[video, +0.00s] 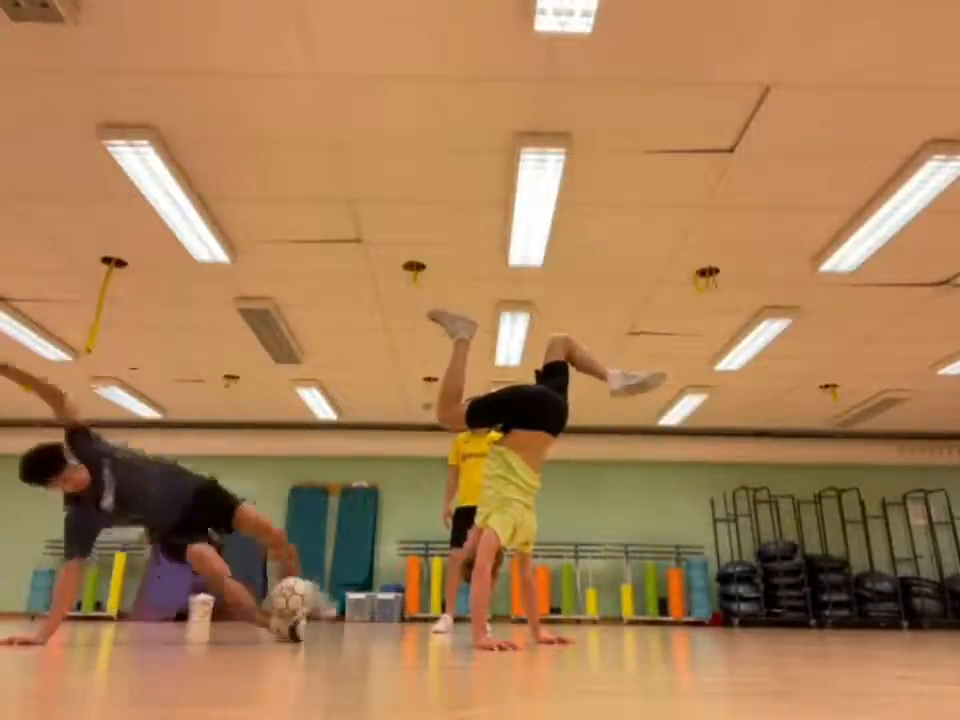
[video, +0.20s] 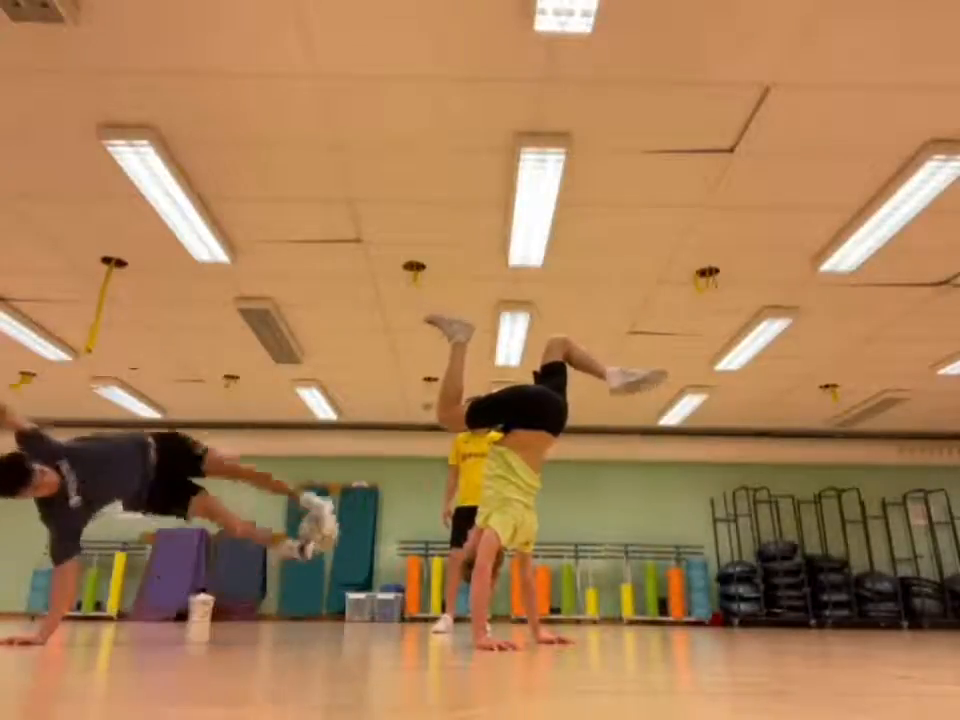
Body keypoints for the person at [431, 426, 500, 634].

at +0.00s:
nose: (476, 420)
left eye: (481, 414)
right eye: (472, 413)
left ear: (491, 415)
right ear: (466, 415)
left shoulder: (499, 438)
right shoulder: (462, 440)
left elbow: (506, 471)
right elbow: (453, 473)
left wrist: (502, 501)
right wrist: (448, 503)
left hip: (491, 504)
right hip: (465, 504)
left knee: (489, 563)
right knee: (456, 557)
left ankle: (483, 617)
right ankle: (448, 613)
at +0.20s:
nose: (475, 419)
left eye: (480, 413)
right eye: (472, 413)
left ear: (491, 415)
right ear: (465, 415)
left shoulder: (499, 439)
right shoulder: (462, 439)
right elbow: (453, 473)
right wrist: (447, 503)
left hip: (491, 504)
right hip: (465, 504)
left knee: (489, 564)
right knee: (456, 557)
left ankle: (483, 618)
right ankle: (448, 613)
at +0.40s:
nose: (473, 418)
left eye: (477, 412)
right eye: (469, 412)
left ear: (489, 414)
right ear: (464, 415)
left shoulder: (498, 439)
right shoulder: (461, 440)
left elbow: (506, 472)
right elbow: (453, 474)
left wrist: (502, 504)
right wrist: (447, 504)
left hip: (492, 506)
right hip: (465, 504)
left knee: (489, 564)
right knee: (456, 557)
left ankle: (485, 617)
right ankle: (449, 613)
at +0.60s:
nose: (471, 417)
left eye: (475, 411)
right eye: (468, 412)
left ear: (487, 413)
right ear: (464, 415)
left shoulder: (498, 438)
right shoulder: (461, 439)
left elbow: (506, 472)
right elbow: (453, 472)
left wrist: (501, 503)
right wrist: (448, 503)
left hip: (492, 504)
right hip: (465, 504)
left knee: (488, 564)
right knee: (456, 557)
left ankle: (484, 617)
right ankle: (448, 613)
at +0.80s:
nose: (469, 418)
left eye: (473, 411)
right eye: (466, 413)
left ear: (485, 413)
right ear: (462, 416)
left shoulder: (498, 440)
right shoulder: (458, 442)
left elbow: (506, 473)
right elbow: (451, 475)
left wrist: (501, 503)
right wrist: (446, 505)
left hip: (491, 504)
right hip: (463, 504)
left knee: (488, 563)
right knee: (456, 558)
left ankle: (484, 616)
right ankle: (448, 613)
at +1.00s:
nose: (469, 416)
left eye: (473, 410)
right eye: (465, 410)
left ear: (485, 411)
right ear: (460, 414)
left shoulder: (497, 439)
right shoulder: (457, 441)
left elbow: (505, 472)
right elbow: (449, 474)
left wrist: (500, 503)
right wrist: (443, 504)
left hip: (489, 504)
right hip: (460, 503)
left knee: (487, 563)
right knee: (455, 558)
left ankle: (484, 617)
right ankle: (448, 613)